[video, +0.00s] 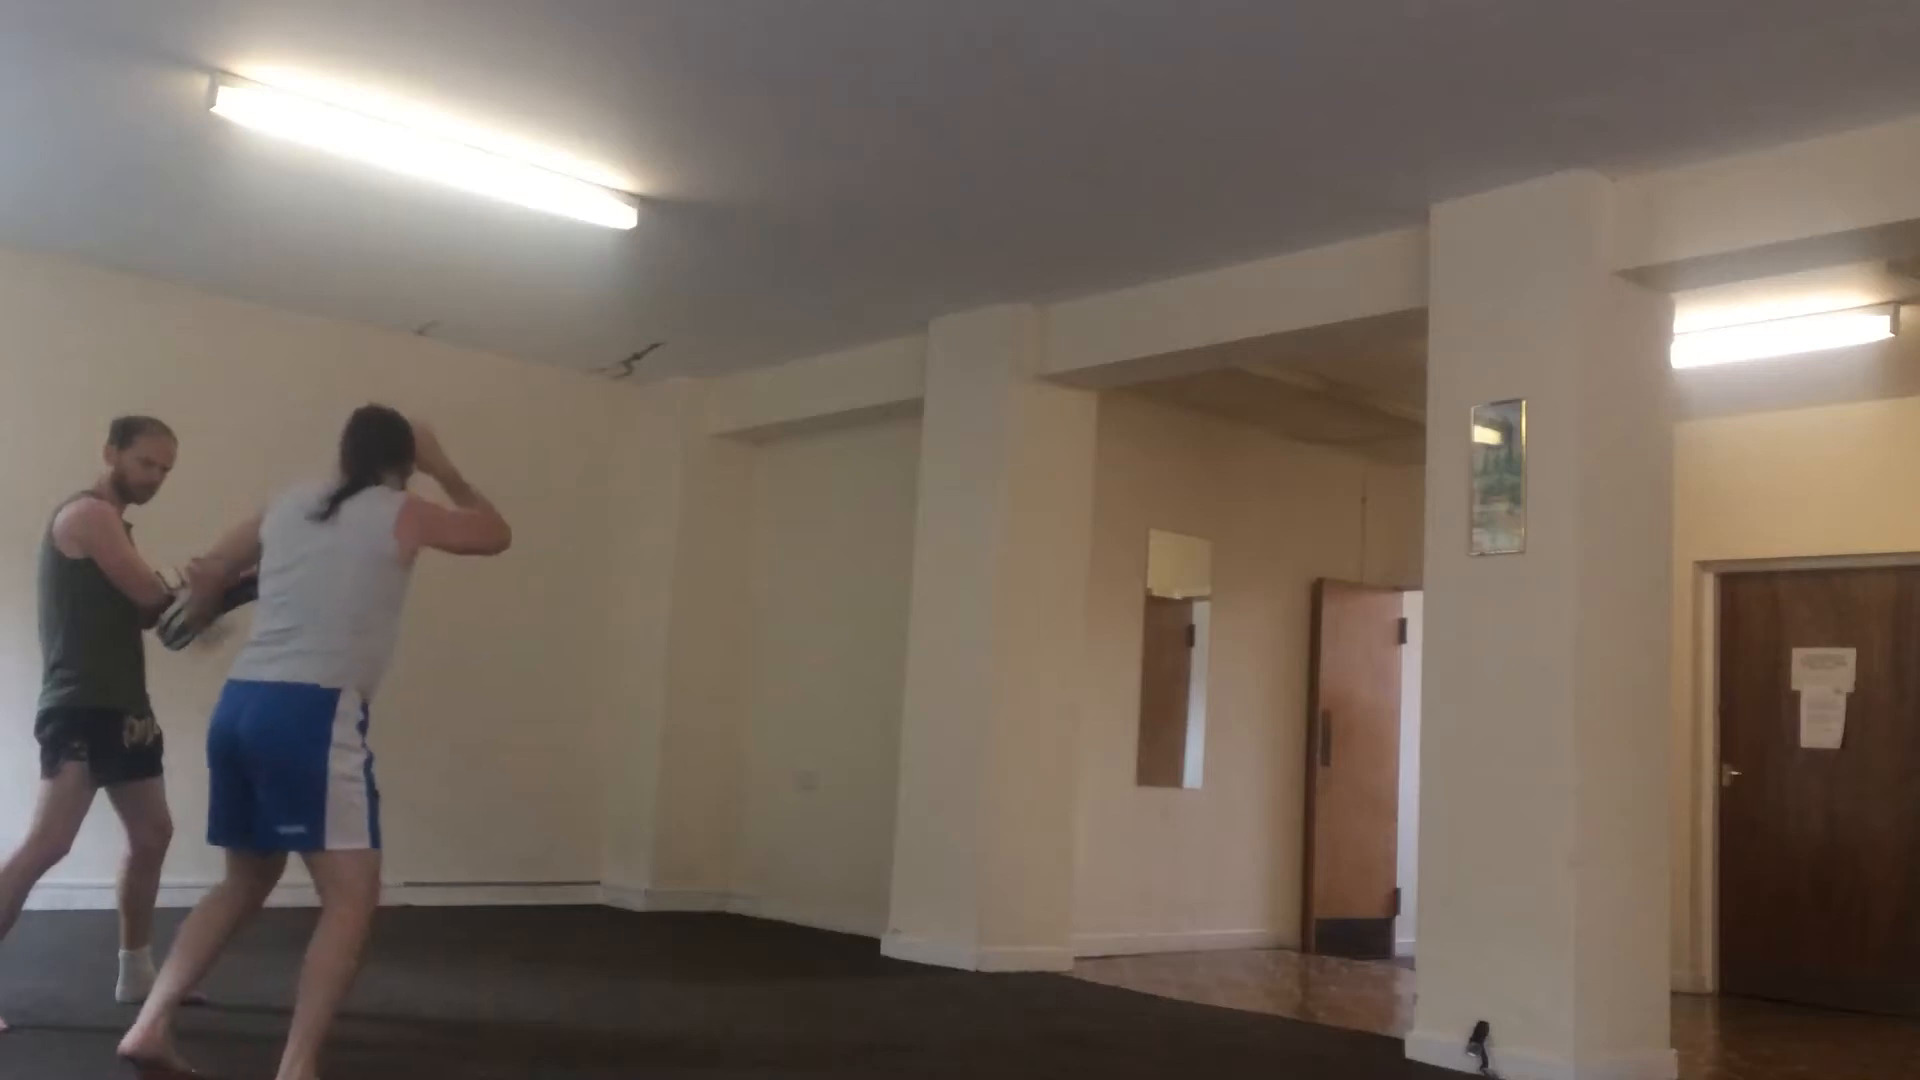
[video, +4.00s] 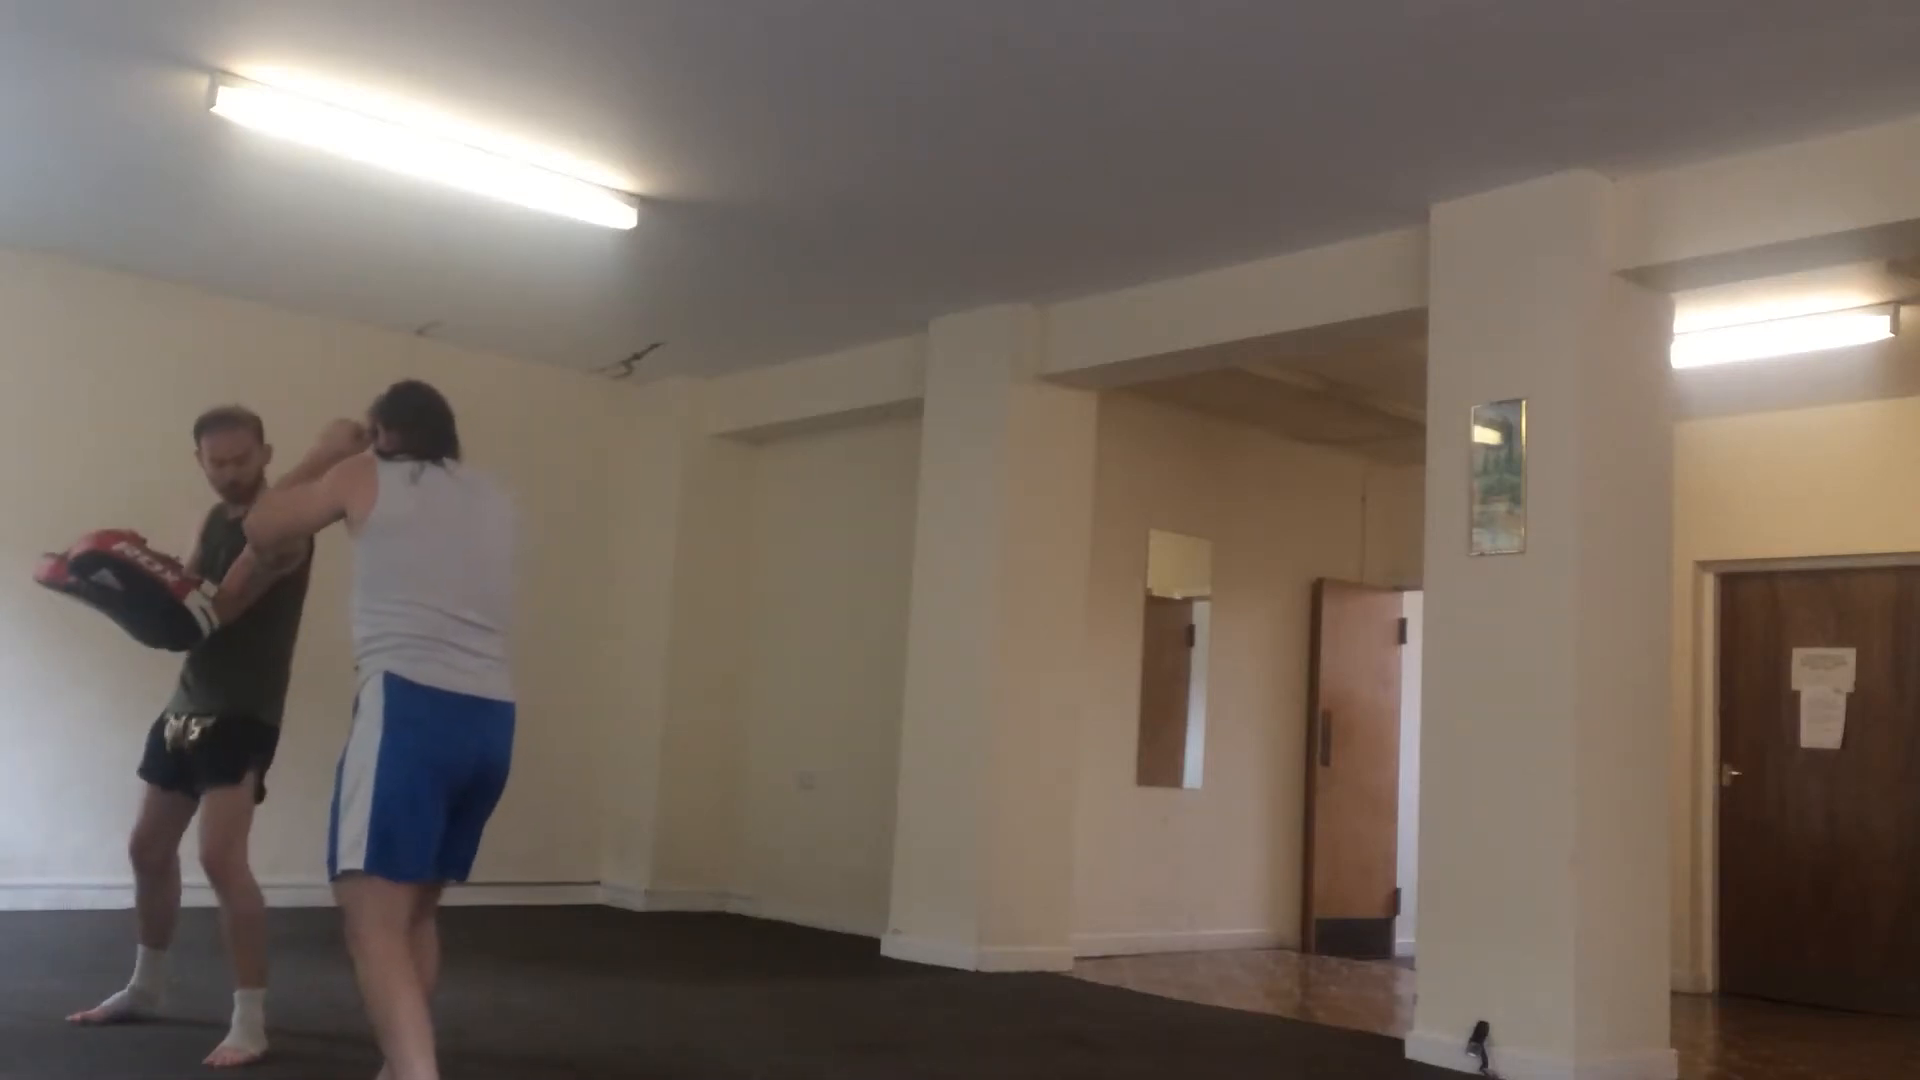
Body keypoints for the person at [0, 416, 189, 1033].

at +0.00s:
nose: (156, 478)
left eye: (164, 470)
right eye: (149, 465)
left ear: (160, 471)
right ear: (113, 454)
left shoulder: (110, 522)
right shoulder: (87, 515)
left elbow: (148, 610)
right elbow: (154, 599)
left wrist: (194, 594)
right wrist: (182, 584)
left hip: (124, 711)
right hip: (81, 710)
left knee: (153, 834)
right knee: (46, 843)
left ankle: (135, 973)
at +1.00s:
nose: (126, 454)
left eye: (132, 444)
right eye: (114, 442)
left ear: (134, 447)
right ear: (77, 441)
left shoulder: (106, 517)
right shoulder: (54, 506)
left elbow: (125, 606)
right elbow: (113, 581)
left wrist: (188, 587)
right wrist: (165, 571)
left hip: (113, 701)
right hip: (59, 702)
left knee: (146, 834)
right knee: (15, 840)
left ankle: (125, 966)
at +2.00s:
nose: (229, 487)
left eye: (241, 480)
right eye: (222, 473)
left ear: (246, 486)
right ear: (192, 466)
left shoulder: (228, 552)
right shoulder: (132, 521)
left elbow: (230, 635)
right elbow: (53, 552)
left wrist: (248, 659)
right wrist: (27, 523)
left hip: (182, 718)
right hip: (117, 707)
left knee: (145, 854)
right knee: (107, 843)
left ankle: (106, 973)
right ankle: (79, 997)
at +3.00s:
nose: (251, 466)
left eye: (260, 457)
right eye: (242, 452)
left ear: (269, 462)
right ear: (211, 444)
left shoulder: (262, 512)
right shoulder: (159, 504)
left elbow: (335, 554)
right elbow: (168, 524)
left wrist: (339, 488)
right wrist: (195, 456)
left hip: (235, 703)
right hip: (155, 700)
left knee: (241, 861)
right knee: (120, 857)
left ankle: (234, 1001)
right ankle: (76, 1021)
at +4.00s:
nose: (228, 476)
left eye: (239, 461)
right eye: (216, 465)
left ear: (265, 454)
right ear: (202, 465)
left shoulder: (286, 526)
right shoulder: (216, 523)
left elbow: (224, 607)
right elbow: (188, 598)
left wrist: (165, 579)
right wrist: (139, 572)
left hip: (243, 713)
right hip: (190, 704)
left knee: (223, 858)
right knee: (149, 849)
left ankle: (249, 1025)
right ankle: (145, 989)